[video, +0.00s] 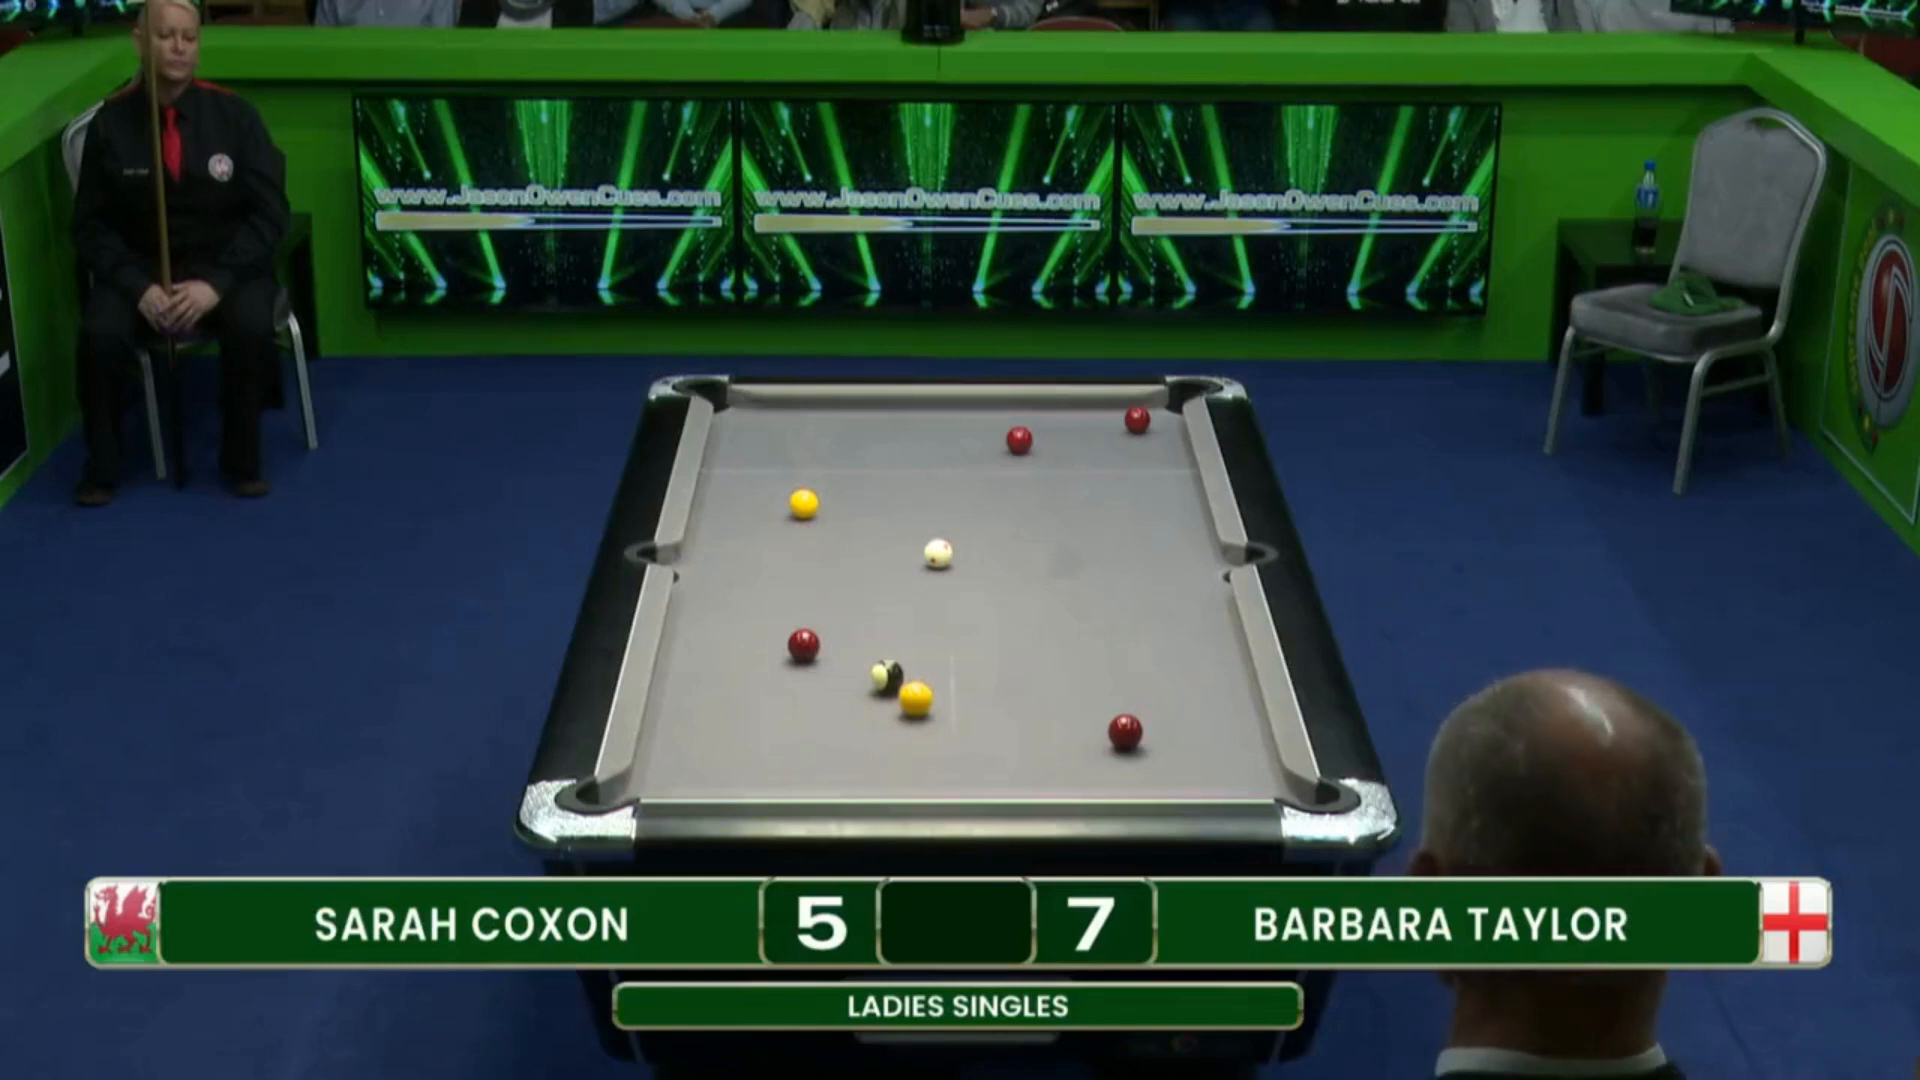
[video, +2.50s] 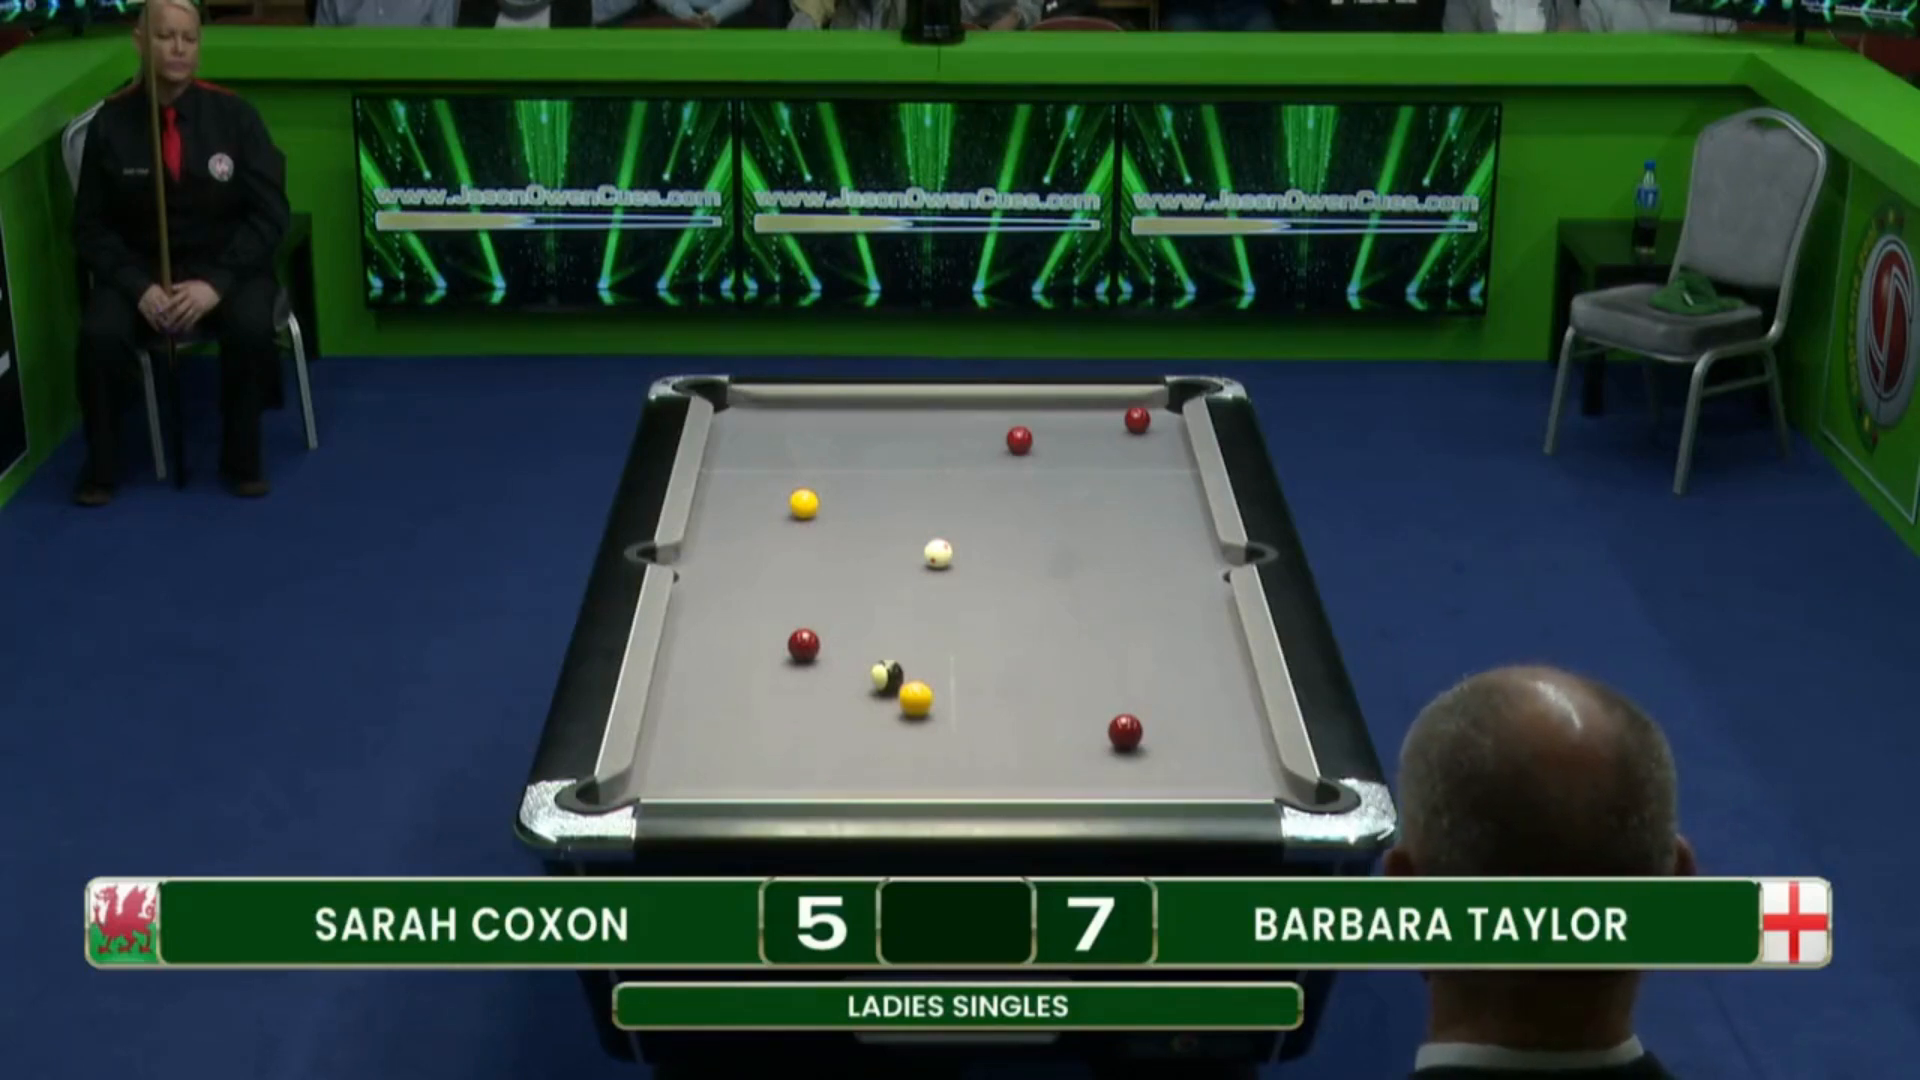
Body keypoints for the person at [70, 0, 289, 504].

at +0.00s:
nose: (180, 48)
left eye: (189, 37)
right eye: (166, 36)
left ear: (199, 44)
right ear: (141, 41)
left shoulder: (235, 115)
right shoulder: (111, 121)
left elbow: (269, 214)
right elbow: (90, 226)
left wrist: (213, 283)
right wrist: (140, 287)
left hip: (221, 267)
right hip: (138, 274)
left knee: (248, 327)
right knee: (102, 333)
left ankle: (243, 462)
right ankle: (101, 468)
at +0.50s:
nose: (180, 48)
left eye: (189, 37)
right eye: (166, 36)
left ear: (199, 44)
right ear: (141, 41)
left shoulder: (234, 115)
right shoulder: (111, 122)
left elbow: (269, 214)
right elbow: (90, 226)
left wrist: (213, 283)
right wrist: (140, 287)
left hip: (221, 267)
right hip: (138, 274)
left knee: (249, 326)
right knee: (102, 333)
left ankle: (243, 462)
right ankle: (101, 468)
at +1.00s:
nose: (178, 49)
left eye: (188, 38)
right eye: (165, 37)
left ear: (199, 44)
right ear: (141, 41)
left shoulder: (235, 115)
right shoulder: (111, 122)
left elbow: (269, 214)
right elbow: (90, 226)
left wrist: (213, 283)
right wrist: (140, 287)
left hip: (221, 267)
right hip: (138, 274)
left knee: (249, 329)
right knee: (101, 335)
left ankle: (243, 461)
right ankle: (102, 467)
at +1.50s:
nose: (179, 49)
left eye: (189, 38)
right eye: (166, 37)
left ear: (199, 45)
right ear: (141, 42)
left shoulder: (235, 115)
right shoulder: (111, 121)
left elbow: (269, 214)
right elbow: (90, 226)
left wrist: (213, 283)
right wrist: (140, 287)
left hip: (221, 267)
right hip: (138, 274)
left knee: (249, 329)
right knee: (101, 335)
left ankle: (244, 462)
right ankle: (101, 467)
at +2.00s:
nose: (179, 49)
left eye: (189, 38)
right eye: (166, 37)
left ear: (199, 45)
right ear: (141, 41)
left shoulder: (235, 115)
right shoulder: (111, 121)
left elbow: (269, 214)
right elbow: (90, 226)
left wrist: (213, 283)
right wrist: (140, 287)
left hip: (221, 266)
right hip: (138, 273)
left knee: (249, 329)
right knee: (101, 335)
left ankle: (243, 461)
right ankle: (101, 467)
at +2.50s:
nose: (179, 48)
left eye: (189, 38)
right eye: (165, 37)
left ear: (199, 44)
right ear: (141, 42)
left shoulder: (235, 115)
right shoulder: (111, 122)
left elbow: (269, 214)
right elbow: (90, 226)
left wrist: (214, 283)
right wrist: (140, 287)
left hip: (221, 267)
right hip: (138, 273)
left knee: (249, 329)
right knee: (101, 335)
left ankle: (244, 461)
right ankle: (101, 467)